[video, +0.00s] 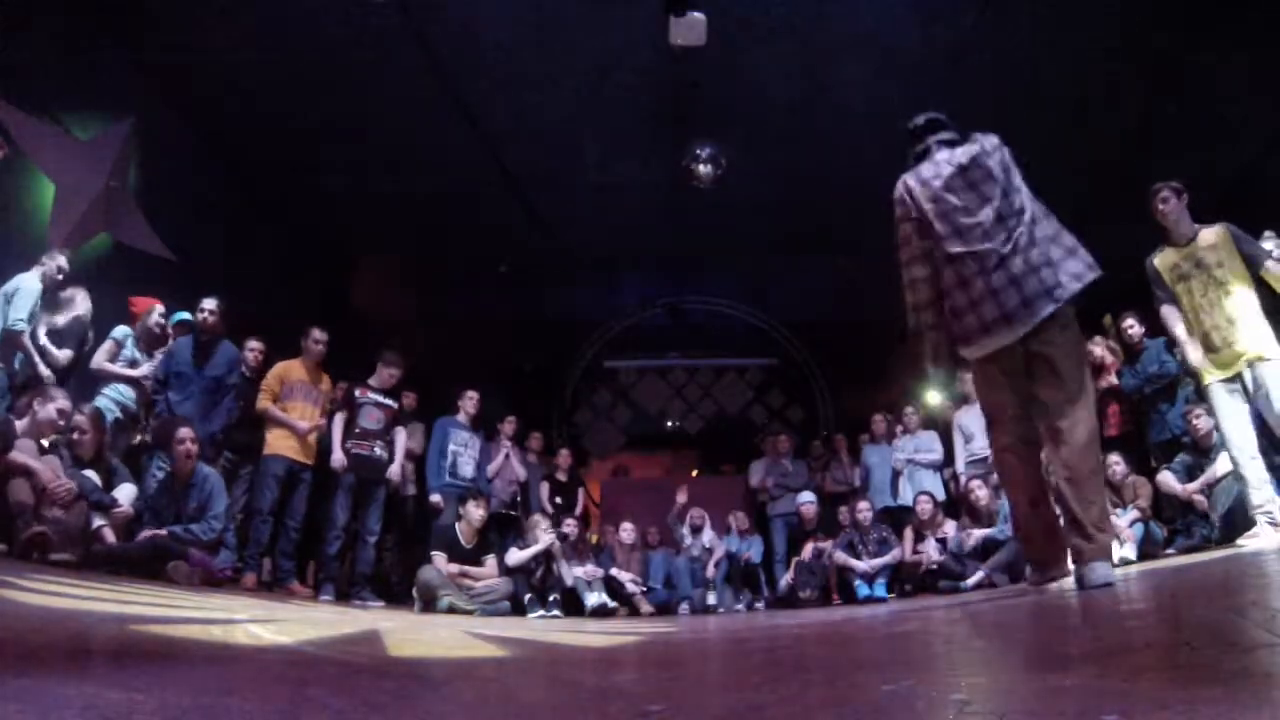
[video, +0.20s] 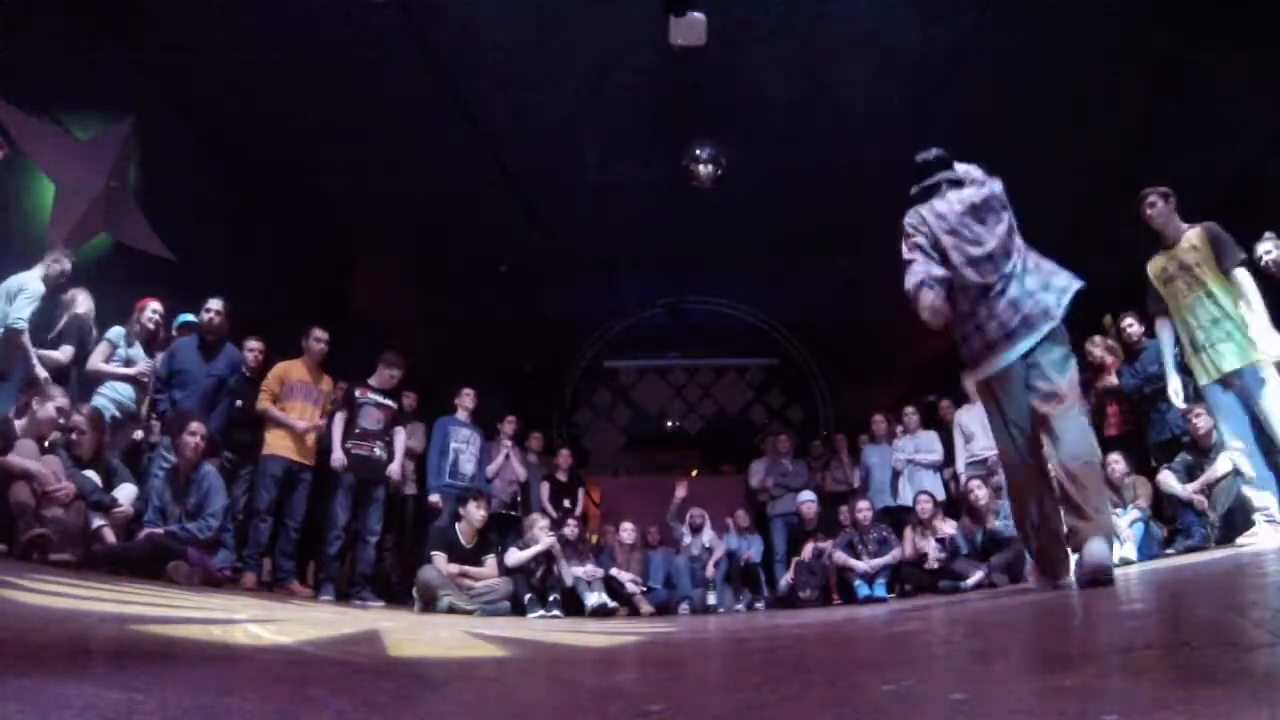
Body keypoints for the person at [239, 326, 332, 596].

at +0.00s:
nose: (321, 348)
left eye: (324, 344)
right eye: (316, 342)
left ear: (327, 348)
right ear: (304, 343)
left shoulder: (325, 381)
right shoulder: (283, 369)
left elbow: (324, 414)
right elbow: (263, 403)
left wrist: (319, 424)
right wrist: (294, 424)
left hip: (306, 453)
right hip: (278, 447)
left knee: (294, 518)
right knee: (264, 511)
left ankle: (286, 575)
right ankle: (251, 569)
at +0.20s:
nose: (321, 346)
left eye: (325, 342)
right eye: (317, 340)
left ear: (328, 348)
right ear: (305, 342)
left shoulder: (326, 382)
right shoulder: (283, 369)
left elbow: (325, 415)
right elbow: (263, 403)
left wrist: (319, 424)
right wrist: (293, 423)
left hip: (305, 454)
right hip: (278, 448)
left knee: (294, 518)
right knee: (263, 511)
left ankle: (286, 574)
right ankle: (251, 568)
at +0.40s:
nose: (321, 346)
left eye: (325, 342)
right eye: (317, 340)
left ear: (328, 348)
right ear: (305, 342)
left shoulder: (327, 381)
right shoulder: (283, 369)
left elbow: (326, 414)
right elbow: (263, 403)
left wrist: (320, 423)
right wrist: (292, 422)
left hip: (306, 454)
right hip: (278, 447)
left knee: (294, 518)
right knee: (263, 510)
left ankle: (286, 574)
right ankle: (251, 568)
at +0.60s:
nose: (321, 349)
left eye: (325, 345)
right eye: (317, 343)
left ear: (327, 350)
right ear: (305, 344)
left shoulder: (327, 383)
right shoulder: (283, 370)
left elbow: (326, 415)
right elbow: (264, 404)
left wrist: (320, 423)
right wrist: (293, 420)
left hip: (307, 454)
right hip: (279, 447)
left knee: (295, 518)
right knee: (265, 510)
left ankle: (286, 574)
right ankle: (251, 568)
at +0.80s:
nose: (322, 347)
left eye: (325, 343)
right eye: (317, 341)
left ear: (328, 349)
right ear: (305, 343)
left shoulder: (327, 383)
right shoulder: (283, 370)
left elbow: (326, 415)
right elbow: (265, 404)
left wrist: (320, 424)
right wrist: (294, 420)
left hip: (307, 454)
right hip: (280, 447)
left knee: (296, 518)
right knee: (265, 510)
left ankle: (286, 574)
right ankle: (251, 568)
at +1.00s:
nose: (322, 346)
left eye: (326, 342)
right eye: (318, 340)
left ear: (328, 348)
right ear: (305, 342)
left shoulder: (327, 383)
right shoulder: (284, 369)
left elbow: (328, 416)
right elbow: (265, 403)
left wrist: (320, 424)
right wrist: (296, 420)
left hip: (308, 454)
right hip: (280, 447)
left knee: (296, 518)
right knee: (266, 510)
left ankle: (286, 574)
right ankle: (251, 568)